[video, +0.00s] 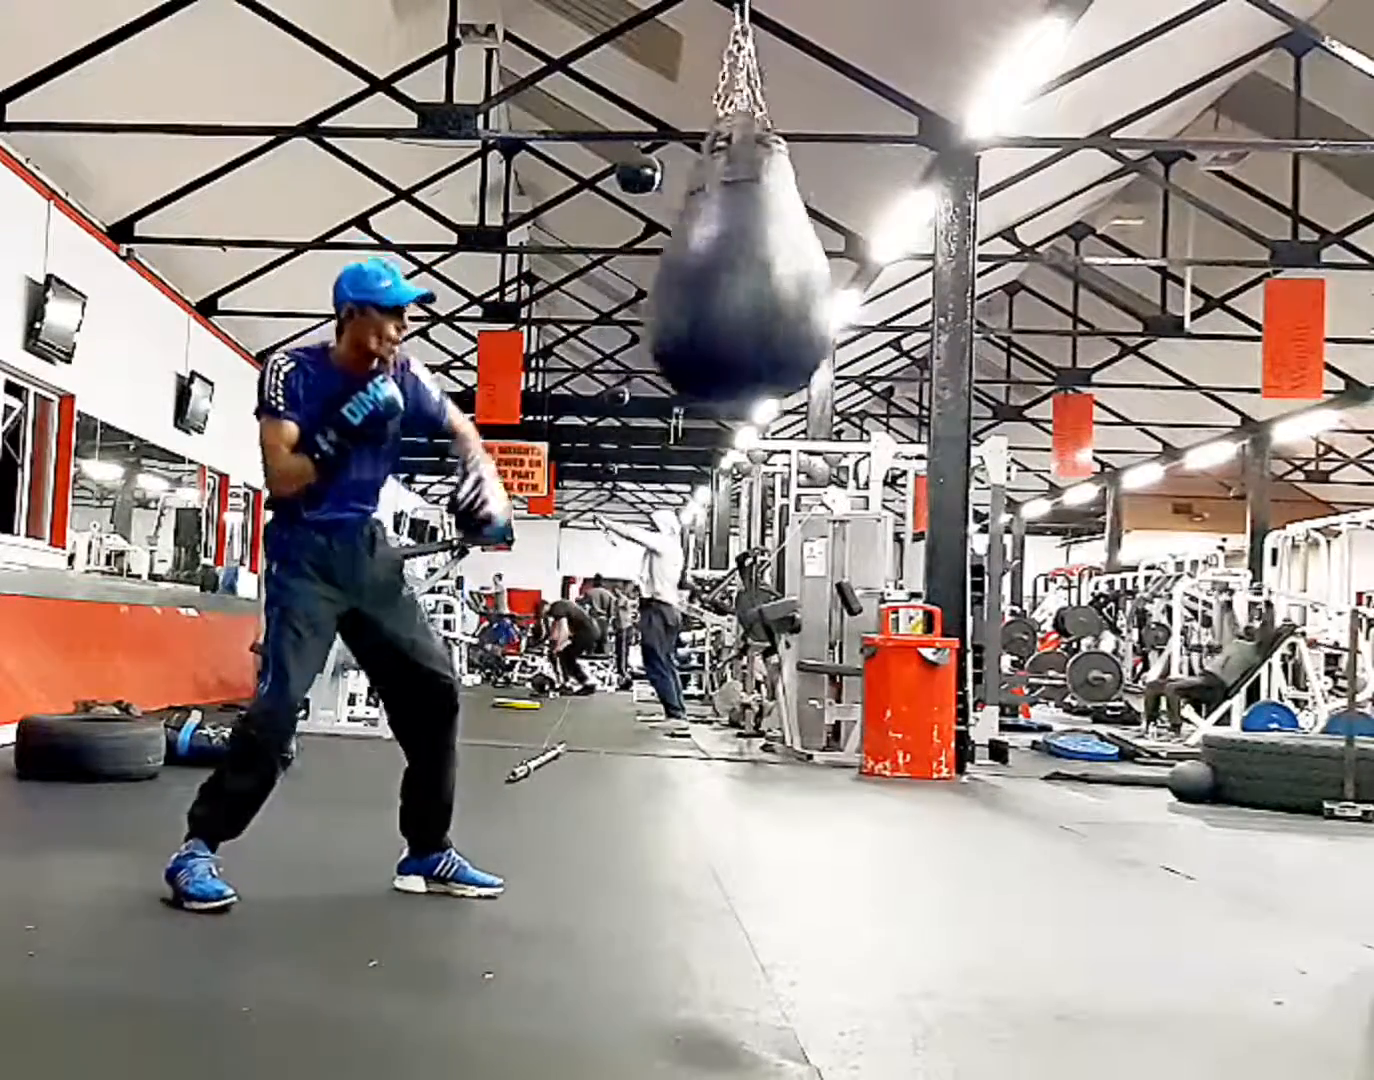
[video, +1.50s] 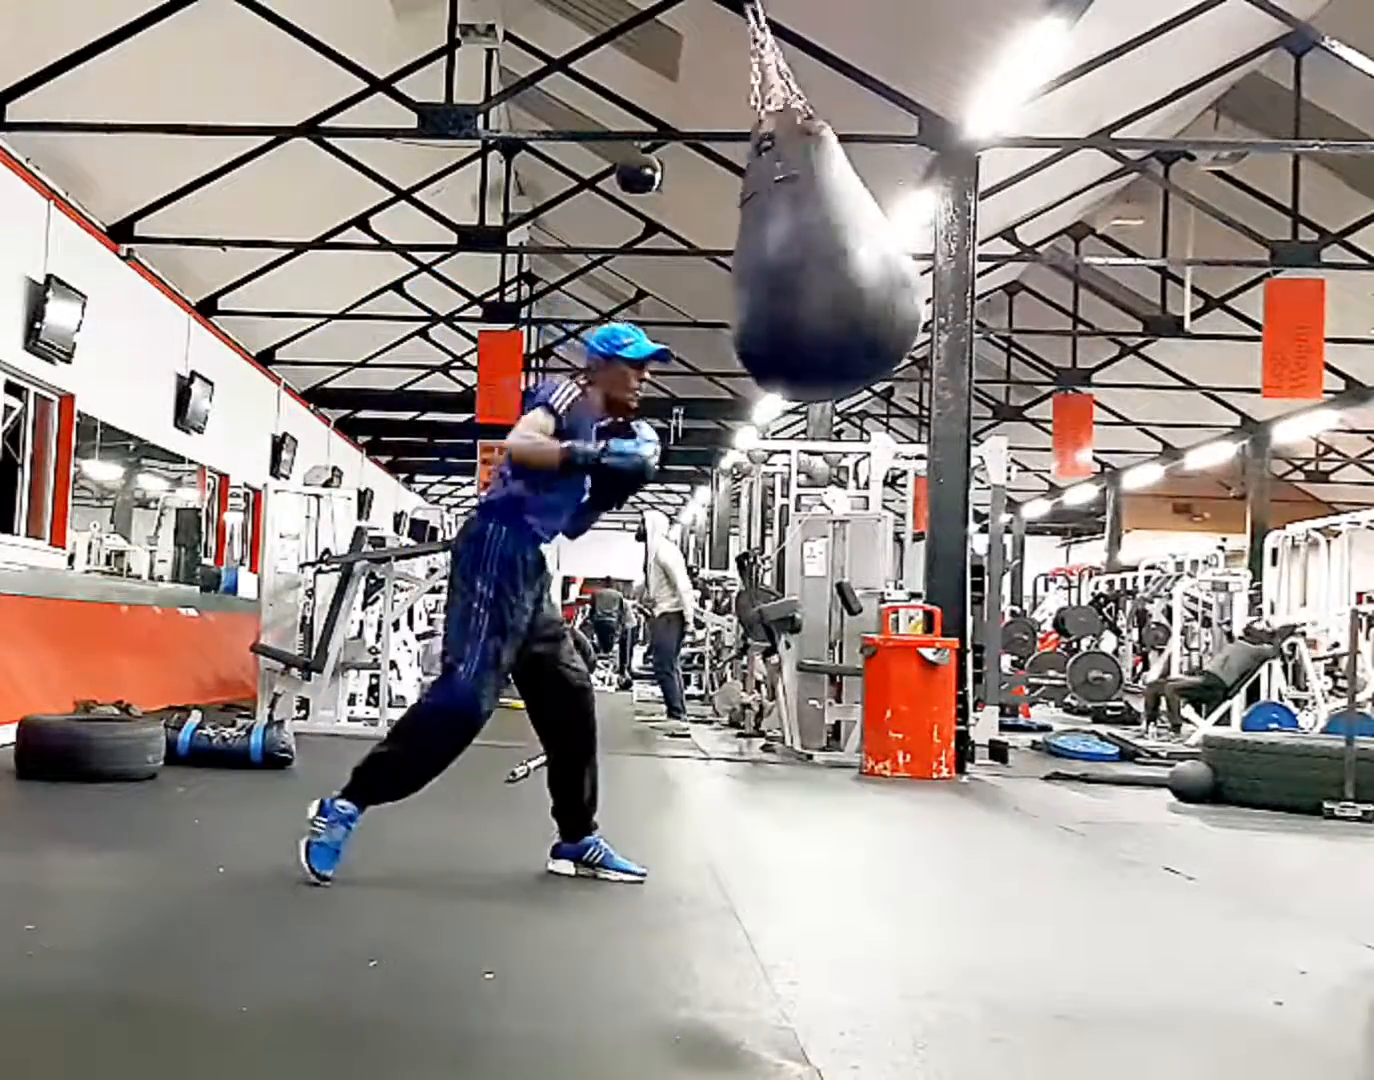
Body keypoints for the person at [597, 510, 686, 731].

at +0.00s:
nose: (653, 528)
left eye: (655, 524)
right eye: (654, 524)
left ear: (663, 525)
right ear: (673, 526)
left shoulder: (665, 543)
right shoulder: (674, 547)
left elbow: (634, 535)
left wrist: (608, 525)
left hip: (657, 606)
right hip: (669, 606)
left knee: (655, 662)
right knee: (665, 660)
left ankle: (674, 713)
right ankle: (677, 709)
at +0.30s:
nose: (652, 529)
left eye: (655, 525)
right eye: (653, 525)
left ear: (663, 526)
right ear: (671, 526)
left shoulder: (667, 545)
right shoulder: (674, 546)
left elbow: (634, 549)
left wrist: (603, 548)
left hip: (662, 609)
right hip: (668, 608)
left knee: (657, 661)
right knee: (666, 660)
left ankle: (675, 710)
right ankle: (677, 708)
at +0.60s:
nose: (646, 528)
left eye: (650, 525)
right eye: (648, 524)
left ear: (660, 527)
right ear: (663, 527)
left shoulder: (665, 550)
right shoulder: (661, 548)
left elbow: (648, 575)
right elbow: (650, 580)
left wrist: (625, 590)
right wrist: (629, 591)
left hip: (666, 611)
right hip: (661, 610)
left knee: (663, 662)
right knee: (661, 661)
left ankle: (676, 710)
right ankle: (675, 708)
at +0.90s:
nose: (638, 528)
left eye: (642, 524)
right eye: (640, 524)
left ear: (651, 526)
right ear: (657, 526)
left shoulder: (660, 549)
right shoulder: (659, 547)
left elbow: (662, 584)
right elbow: (651, 581)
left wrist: (654, 613)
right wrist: (638, 594)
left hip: (667, 610)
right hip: (672, 609)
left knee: (664, 662)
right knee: (669, 661)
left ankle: (676, 711)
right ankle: (677, 709)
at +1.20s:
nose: (637, 528)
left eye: (641, 524)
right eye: (639, 524)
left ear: (650, 527)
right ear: (655, 526)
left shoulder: (663, 549)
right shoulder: (653, 550)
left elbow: (678, 582)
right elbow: (652, 583)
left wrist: (681, 616)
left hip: (666, 612)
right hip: (658, 611)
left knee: (664, 664)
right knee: (668, 664)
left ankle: (676, 712)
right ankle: (676, 710)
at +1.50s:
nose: (638, 529)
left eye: (642, 525)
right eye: (640, 524)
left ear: (652, 528)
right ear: (655, 528)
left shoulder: (664, 550)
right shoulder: (654, 550)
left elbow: (682, 584)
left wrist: (689, 618)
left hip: (669, 612)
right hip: (662, 612)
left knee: (664, 664)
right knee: (668, 664)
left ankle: (676, 712)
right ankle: (677, 709)